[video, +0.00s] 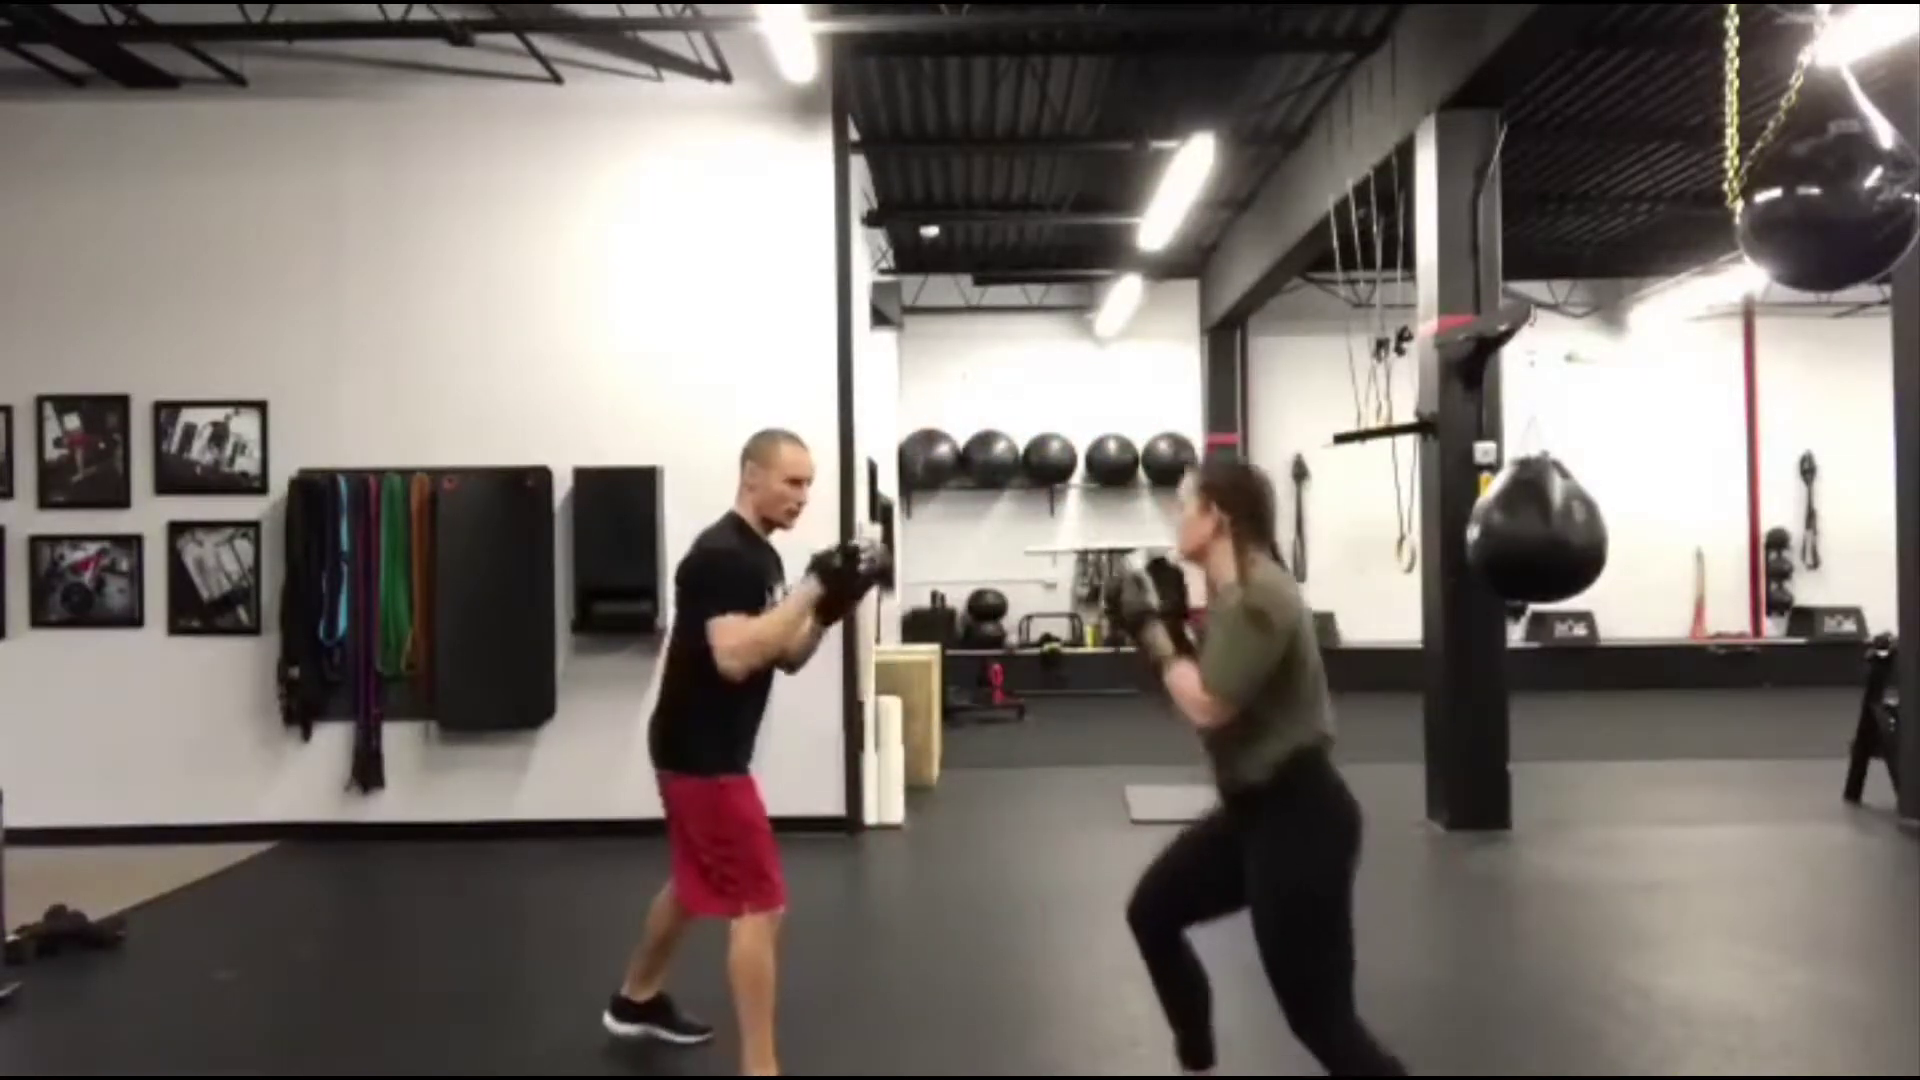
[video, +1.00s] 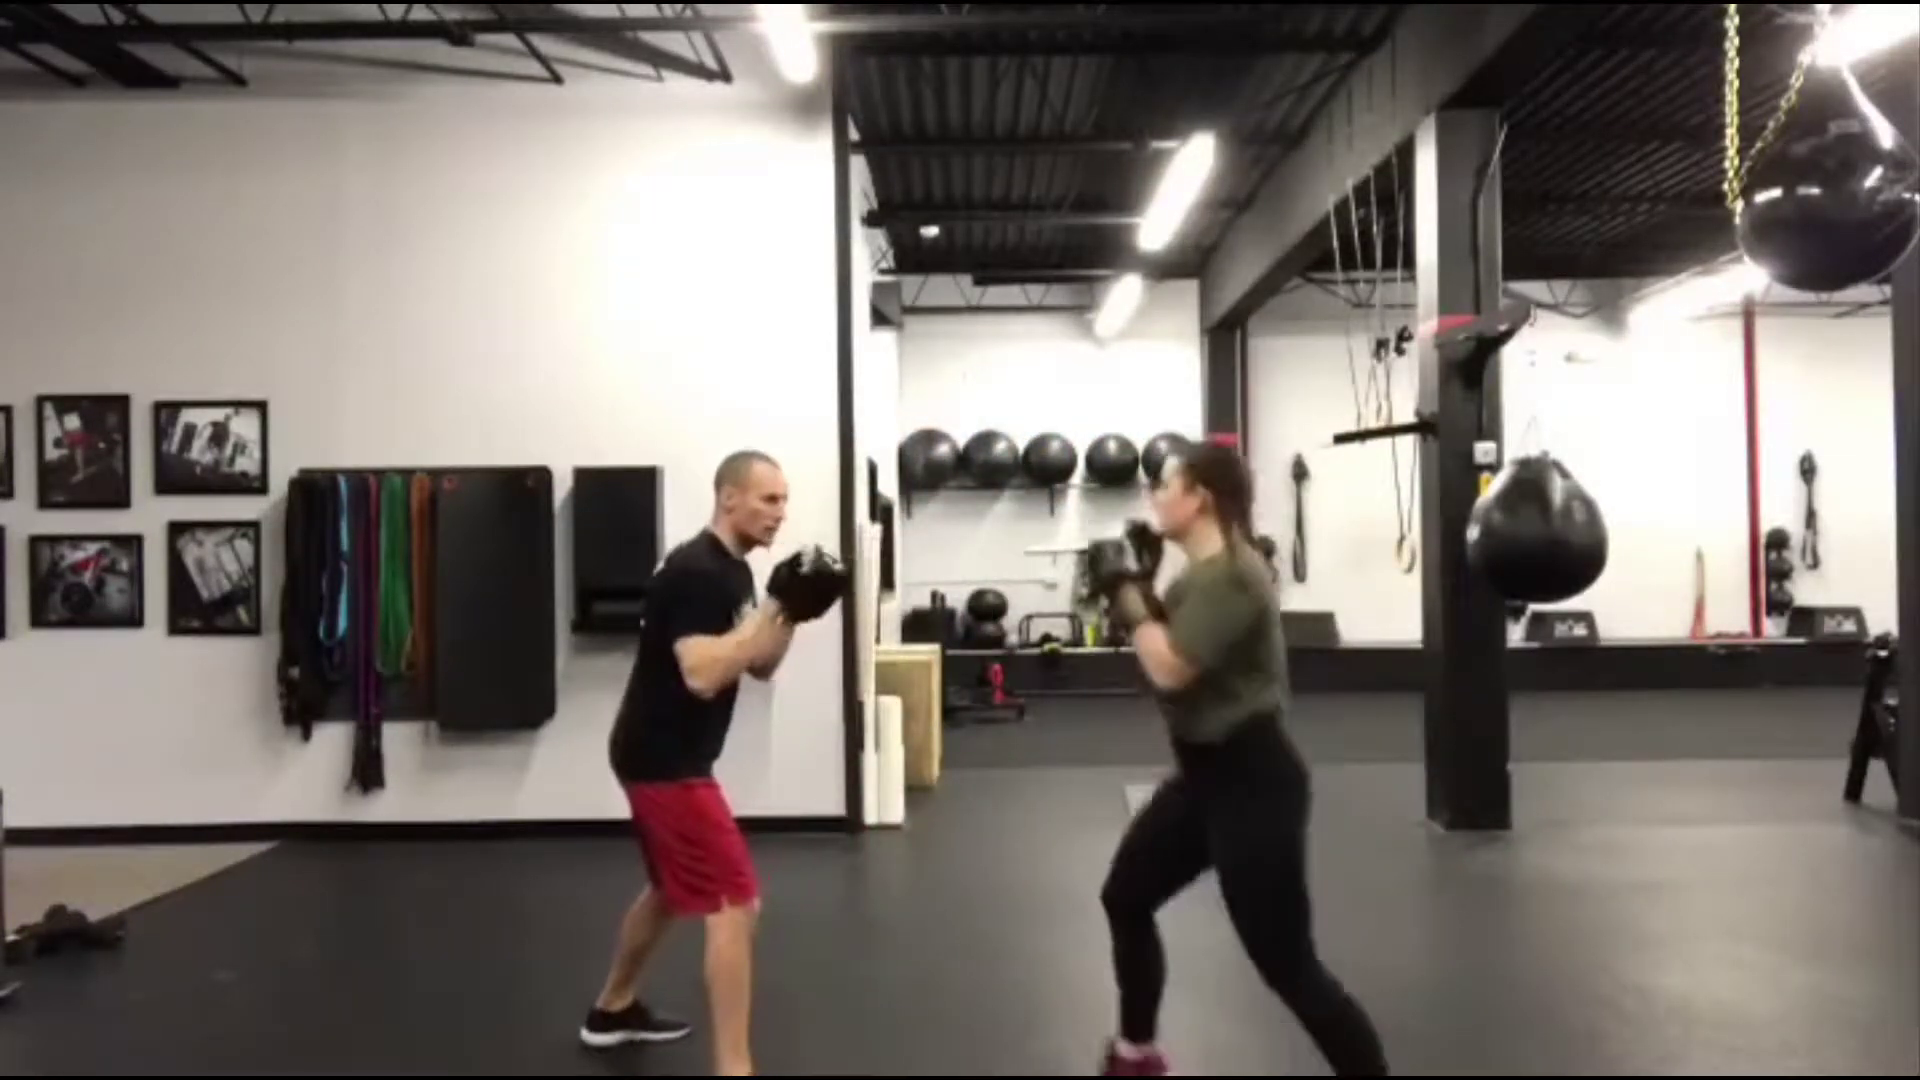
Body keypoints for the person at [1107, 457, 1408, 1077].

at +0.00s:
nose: (1177, 521)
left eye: (1186, 508)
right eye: (1181, 508)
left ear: (1215, 518)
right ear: (1226, 519)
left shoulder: (1259, 597)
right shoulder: (1240, 597)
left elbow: (1208, 706)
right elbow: (1212, 691)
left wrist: (1153, 635)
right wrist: (1169, 629)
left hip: (1301, 817)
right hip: (1263, 815)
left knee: (1321, 1020)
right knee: (1152, 912)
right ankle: (1197, 1064)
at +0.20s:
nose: (1149, 520)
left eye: (1158, 508)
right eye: (1153, 508)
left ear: (1189, 518)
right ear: (1194, 519)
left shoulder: (1217, 600)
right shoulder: (1196, 595)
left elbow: (1142, 688)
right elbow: (1155, 673)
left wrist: (1114, 618)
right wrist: (1130, 606)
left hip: (1230, 797)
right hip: (1191, 793)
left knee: (1250, 985)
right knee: (1134, 933)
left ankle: (1346, 1065)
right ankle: (1143, 1069)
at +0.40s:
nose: (1134, 541)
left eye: (1145, 530)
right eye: (1140, 530)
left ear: (1173, 547)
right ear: (1174, 548)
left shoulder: (1207, 630)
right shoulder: (1173, 624)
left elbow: (1139, 731)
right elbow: (1146, 709)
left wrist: (1102, 660)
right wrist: (1113, 649)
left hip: (1211, 828)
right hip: (1166, 825)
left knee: (1231, 1021)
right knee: (1098, 957)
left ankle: (1327, 1070)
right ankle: (1141, 1071)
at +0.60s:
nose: (1150, 501)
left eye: (1160, 489)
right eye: (1154, 489)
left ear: (1194, 499)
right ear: (1197, 500)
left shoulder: (1230, 573)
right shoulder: (1197, 574)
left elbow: (1167, 668)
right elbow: (1170, 657)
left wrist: (1130, 598)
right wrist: (1134, 594)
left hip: (1261, 779)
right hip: (1216, 778)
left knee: (1275, 964)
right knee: (1161, 925)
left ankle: (1366, 1065)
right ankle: (1163, 1067)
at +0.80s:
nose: (1172, 557)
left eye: (1183, 546)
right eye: (1176, 545)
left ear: (1216, 558)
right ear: (1219, 558)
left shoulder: (1260, 633)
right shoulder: (1236, 630)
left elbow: (1223, 743)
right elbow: (1218, 721)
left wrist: (1165, 677)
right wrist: (1176, 669)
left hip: (1300, 836)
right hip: (1257, 833)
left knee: (1297, 1028)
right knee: (1154, 942)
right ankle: (1187, 1071)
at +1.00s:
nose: (1154, 499)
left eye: (1165, 487)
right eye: (1159, 487)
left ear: (1199, 499)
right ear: (1202, 501)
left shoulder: (1230, 576)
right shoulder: (1201, 573)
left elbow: (1169, 669)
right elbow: (1175, 655)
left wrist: (1130, 595)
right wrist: (1137, 593)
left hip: (1254, 782)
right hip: (1208, 779)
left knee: (1285, 962)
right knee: (1126, 898)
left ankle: (1368, 1067)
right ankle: (1137, 1051)